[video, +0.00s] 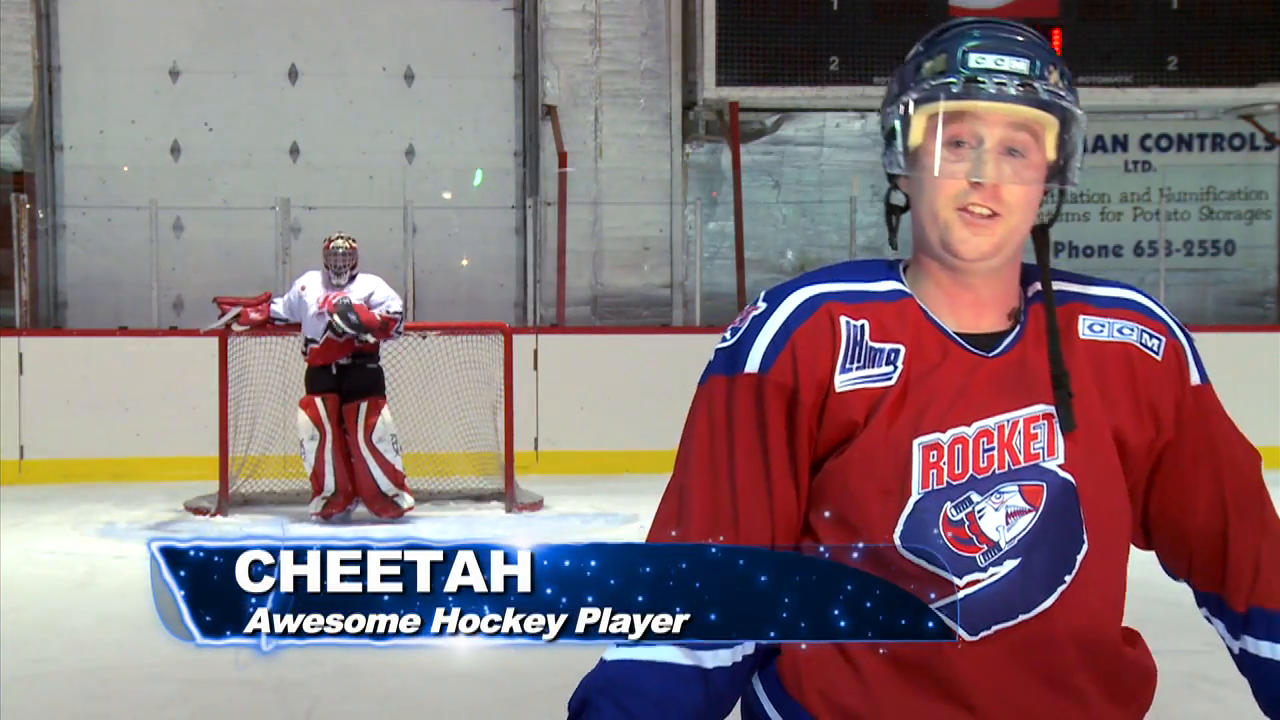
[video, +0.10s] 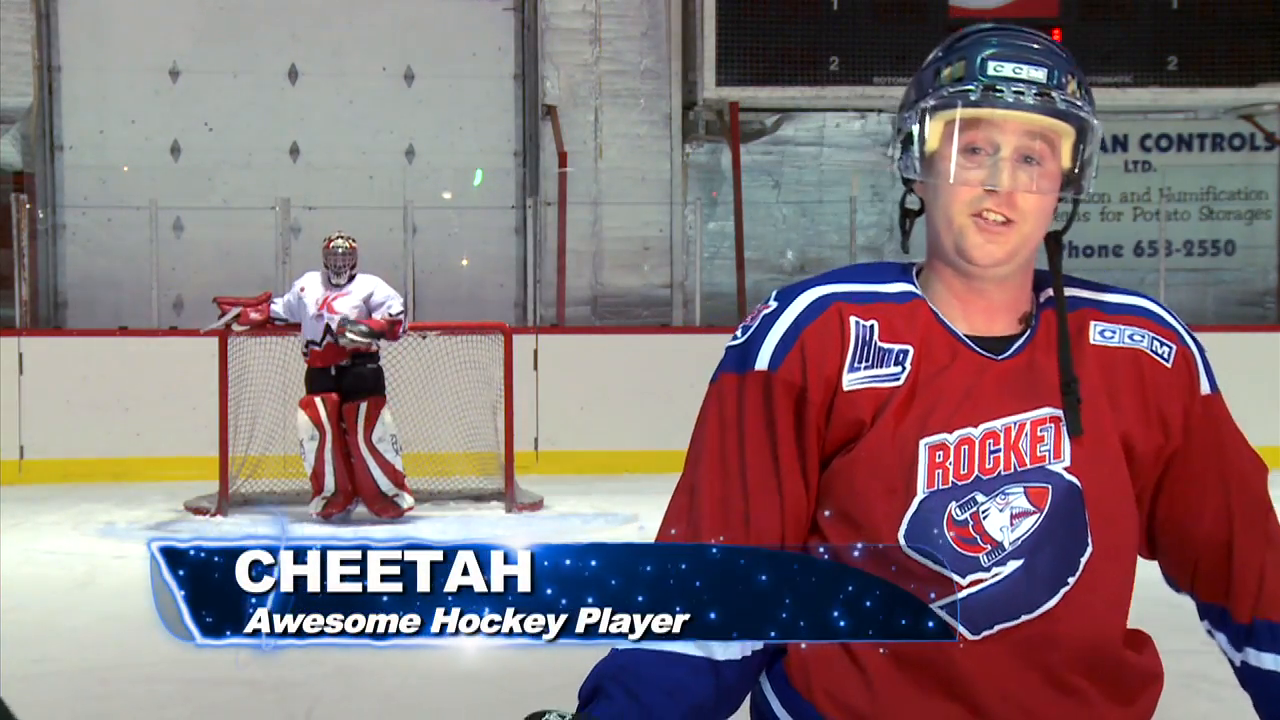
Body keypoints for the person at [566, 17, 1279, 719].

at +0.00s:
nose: (987, 174)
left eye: (1018, 148)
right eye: (957, 140)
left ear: (1050, 178)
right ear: (905, 156)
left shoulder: (1135, 342)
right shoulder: (798, 337)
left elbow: (1258, 583)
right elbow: (696, 602)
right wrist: (633, 715)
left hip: (1082, 704)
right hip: (848, 708)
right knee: (617, 689)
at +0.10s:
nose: (1000, 184)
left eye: (1031, 158)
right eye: (971, 151)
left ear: (1065, 182)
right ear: (920, 167)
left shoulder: (1145, 351)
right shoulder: (808, 342)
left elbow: (1261, 600)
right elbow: (704, 606)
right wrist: (613, 714)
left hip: (1090, 706)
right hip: (856, 710)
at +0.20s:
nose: (1012, 186)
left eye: (1042, 160)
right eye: (985, 153)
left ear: (1076, 182)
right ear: (935, 166)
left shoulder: (1155, 355)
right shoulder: (820, 336)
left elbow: (1255, 612)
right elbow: (716, 591)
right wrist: (625, 709)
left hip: (1094, 706)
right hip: (860, 706)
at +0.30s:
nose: (1023, 183)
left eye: (1054, 158)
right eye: (997, 151)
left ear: (1089, 184)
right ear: (946, 168)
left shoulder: (1165, 356)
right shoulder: (831, 333)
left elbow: (1258, 617)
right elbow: (723, 580)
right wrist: (621, 708)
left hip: (1099, 706)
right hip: (865, 707)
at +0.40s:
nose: (1033, 184)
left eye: (1064, 159)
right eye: (1006, 150)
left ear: (1095, 188)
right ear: (954, 166)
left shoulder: (1167, 356)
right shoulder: (841, 332)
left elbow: (1264, 607)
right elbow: (727, 578)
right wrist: (623, 709)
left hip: (1101, 708)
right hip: (867, 707)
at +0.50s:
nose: (1037, 187)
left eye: (1068, 161)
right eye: (1010, 152)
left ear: (1098, 188)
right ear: (959, 164)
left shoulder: (1169, 352)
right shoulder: (844, 328)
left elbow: (1263, 596)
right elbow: (732, 576)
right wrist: (620, 709)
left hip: (1103, 708)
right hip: (869, 707)